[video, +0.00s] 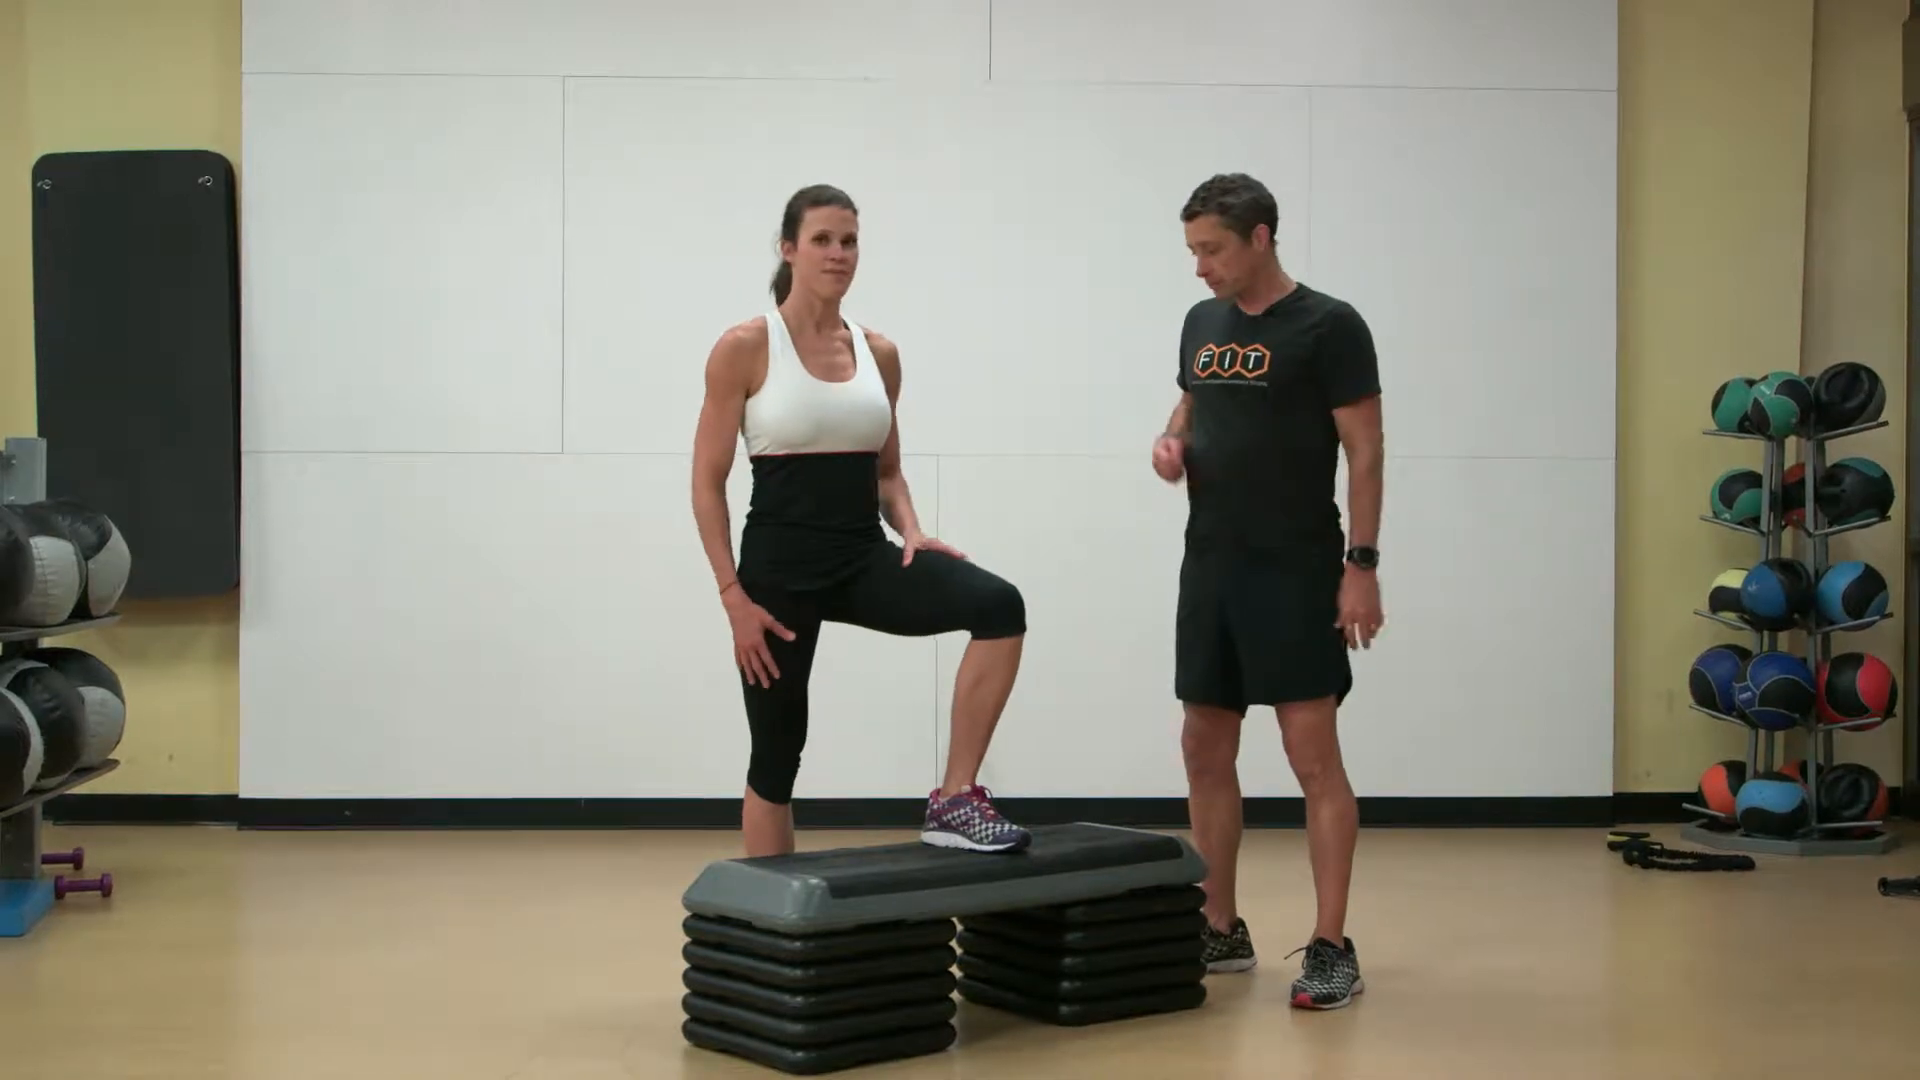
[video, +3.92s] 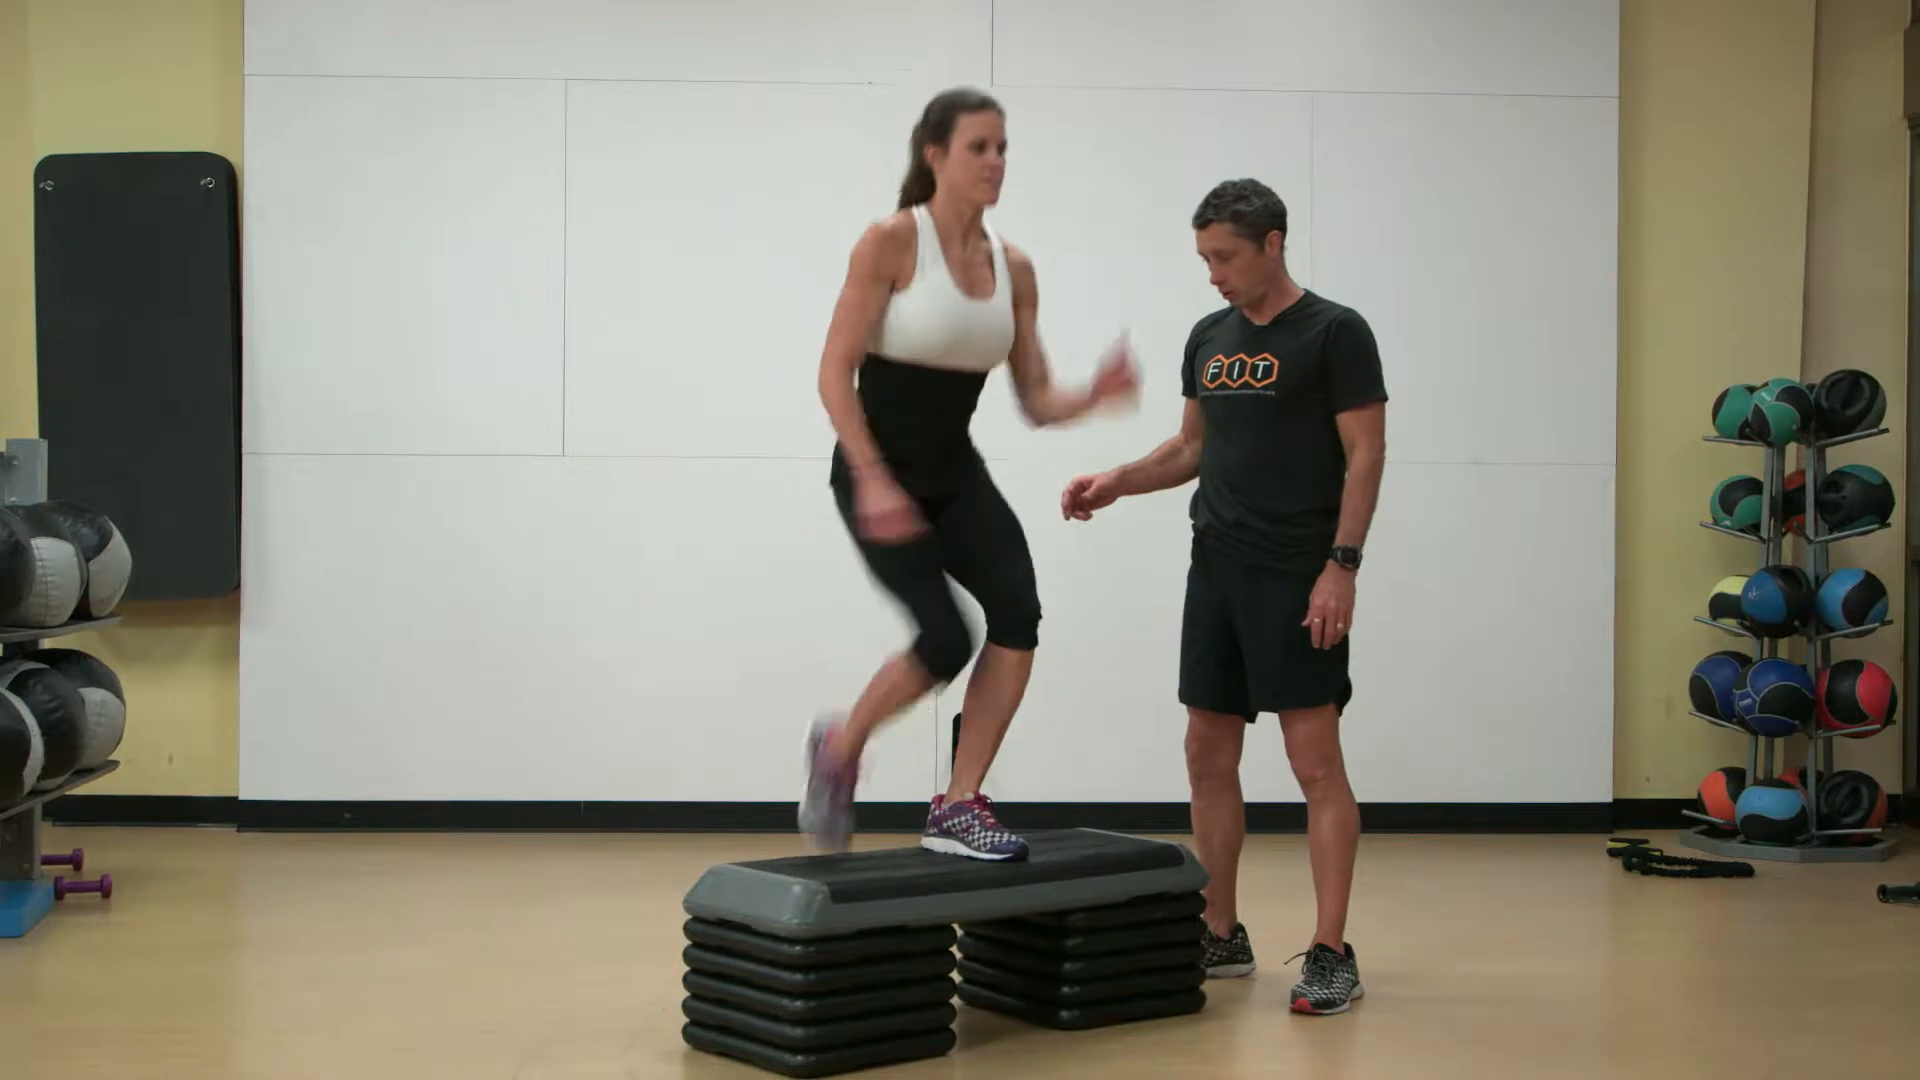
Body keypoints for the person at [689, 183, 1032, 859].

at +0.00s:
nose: (839, 254)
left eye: (849, 242)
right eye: (823, 241)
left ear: (860, 252)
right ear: (789, 250)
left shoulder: (878, 356)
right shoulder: (746, 349)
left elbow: (889, 470)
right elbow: (707, 484)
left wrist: (912, 532)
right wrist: (732, 597)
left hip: (860, 561)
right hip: (779, 568)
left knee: (999, 606)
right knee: (775, 766)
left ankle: (956, 797)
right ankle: (768, 934)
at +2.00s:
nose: (830, 281)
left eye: (837, 266)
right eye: (817, 266)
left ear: (842, 264)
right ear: (771, 258)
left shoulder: (851, 347)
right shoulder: (725, 361)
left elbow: (875, 468)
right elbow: (705, 502)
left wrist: (915, 531)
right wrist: (734, 616)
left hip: (852, 560)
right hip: (775, 571)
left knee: (980, 606)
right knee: (773, 764)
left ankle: (951, 800)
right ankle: (766, 933)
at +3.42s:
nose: (876, 267)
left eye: (882, 254)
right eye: (861, 253)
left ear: (885, 258)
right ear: (814, 254)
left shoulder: (891, 349)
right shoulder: (771, 355)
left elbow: (888, 470)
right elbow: (739, 493)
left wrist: (907, 593)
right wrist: (811, 527)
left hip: (877, 558)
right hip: (798, 569)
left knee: (986, 606)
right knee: (794, 765)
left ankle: (952, 800)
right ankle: (776, 934)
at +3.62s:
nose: (926, 272)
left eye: (931, 259)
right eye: (910, 259)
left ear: (935, 265)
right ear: (864, 267)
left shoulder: (939, 359)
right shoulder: (821, 358)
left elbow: (916, 483)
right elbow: (805, 489)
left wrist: (916, 598)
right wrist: (898, 431)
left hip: (900, 557)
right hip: (829, 564)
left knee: (1005, 617)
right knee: (831, 770)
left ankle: (954, 802)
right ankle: (783, 930)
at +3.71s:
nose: (953, 253)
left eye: (958, 239)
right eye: (937, 240)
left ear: (963, 246)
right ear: (891, 247)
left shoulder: (965, 340)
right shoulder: (851, 332)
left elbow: (945, 459)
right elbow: (836, 457)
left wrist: (950, 563)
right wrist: (930, 416)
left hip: (923, 540)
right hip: (848, 542)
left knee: (1019, 622)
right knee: (829, 741)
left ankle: (957, 803)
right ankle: (791, 916)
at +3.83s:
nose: (988, 194)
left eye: (992, 180)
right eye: (972, 181)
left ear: (993, 188)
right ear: (926, 188)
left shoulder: (1001, 291)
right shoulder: (885, 272)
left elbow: (998, 418)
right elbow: (845, 398)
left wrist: (1051, 493)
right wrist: (933, 453)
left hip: (946, 494)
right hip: (868, 493)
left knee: (1019, 619)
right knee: (878, 698)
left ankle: (957, 805)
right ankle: (806, 867)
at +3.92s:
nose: (997, 161)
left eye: (1002, 148)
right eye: (980, 148)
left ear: (1004, 159)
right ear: (935, 155)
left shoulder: (1012, 267)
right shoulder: (889, 244)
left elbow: (1038, 403)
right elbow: (834, 374)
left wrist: (1094, 395)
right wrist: (871, 476)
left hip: (950, 461)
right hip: (877, 460)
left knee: (1015, 615)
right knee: (947, 640)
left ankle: (959, 803)